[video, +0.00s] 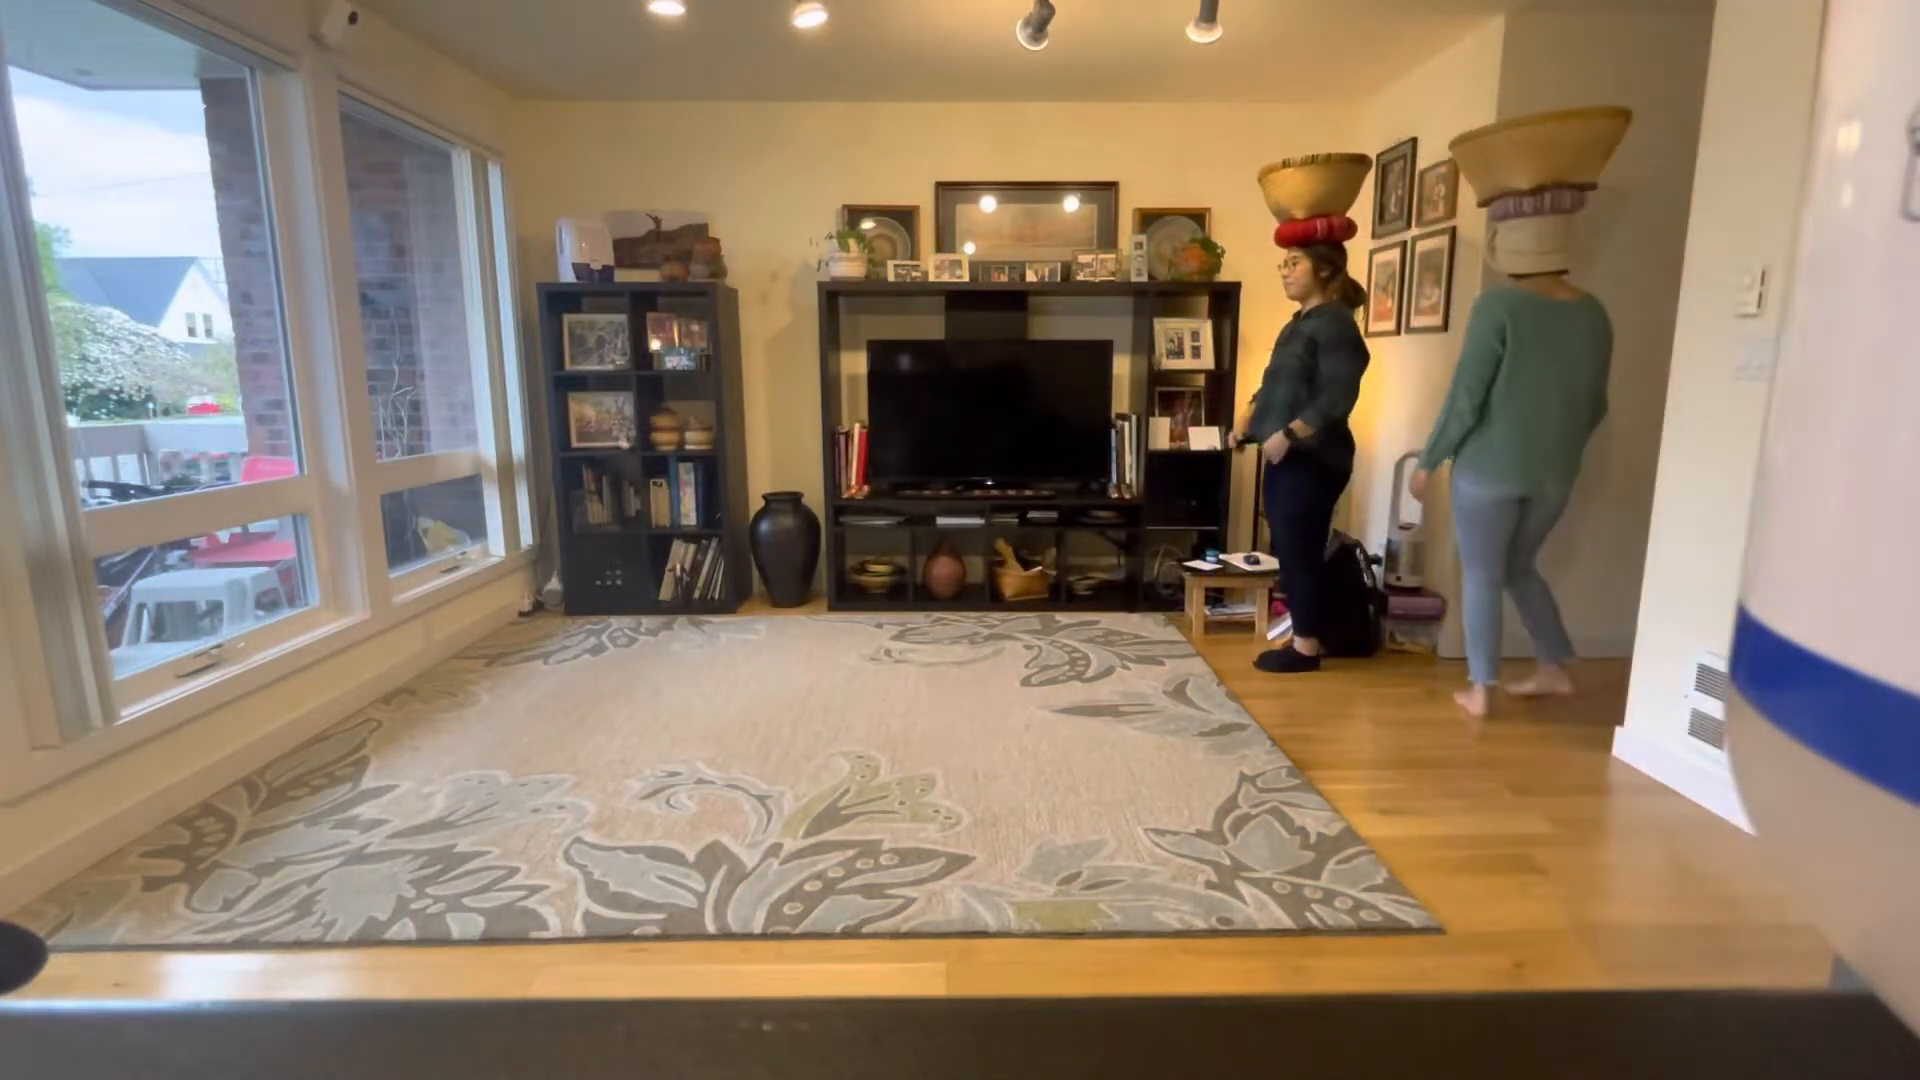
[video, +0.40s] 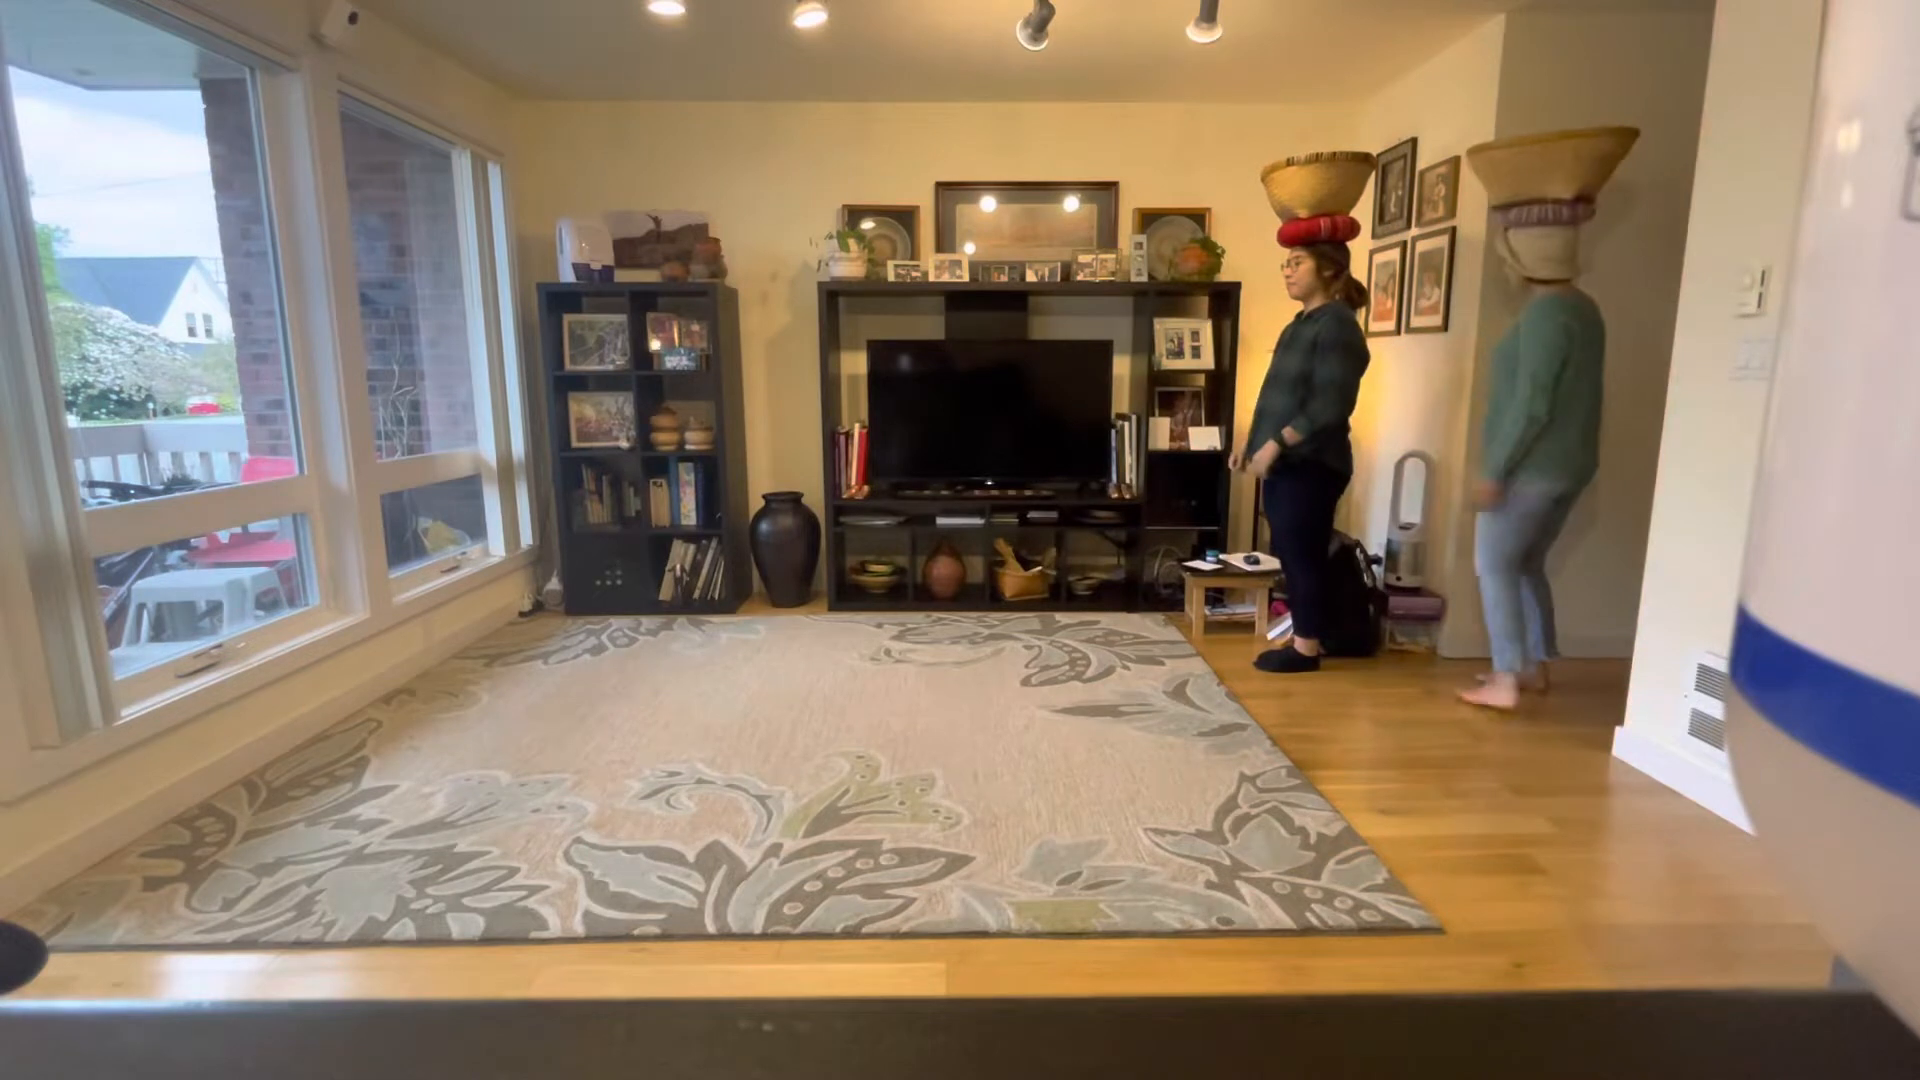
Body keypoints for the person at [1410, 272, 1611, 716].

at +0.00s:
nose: (1499, 261)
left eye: (1501, 253)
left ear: (1508, 258)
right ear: (1559, 256)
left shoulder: (1498, 305)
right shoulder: (1591, 312)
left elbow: (1467, 399)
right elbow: (1595, 404)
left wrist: (1427, 461)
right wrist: (1559, 448)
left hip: (1491, 463)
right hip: (1555, 468)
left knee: (1482, 575)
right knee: (1520, 567)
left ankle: (1480, 689)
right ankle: (1554, 667)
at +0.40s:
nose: (1508, 262)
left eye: (1511, 255)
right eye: (1511, 252)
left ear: (1523, 260)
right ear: (1566, 258)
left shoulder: (1546, 314)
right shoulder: (1583, 311)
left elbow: (1534, 405)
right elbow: (1578, 400)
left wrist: (1494, 472)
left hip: (1536, 468)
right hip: (1567, 467)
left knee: (1494, 564)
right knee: (1528, 564)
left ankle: (1506, 678)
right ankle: (1536, 664)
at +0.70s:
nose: (1513, 263)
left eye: (1520, 254)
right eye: (1514, 253)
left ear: (1547, 257)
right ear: (1552, 258)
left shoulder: (1579, 310)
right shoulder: (1562, 309)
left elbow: (1584, 395)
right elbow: (1565, 392)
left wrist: (1571, 470)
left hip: (1555, 459)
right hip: (1541, 454)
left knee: (1521, 562)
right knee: (1527, 562)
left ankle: (1544, 673)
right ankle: (1533, 663)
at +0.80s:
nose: (1519, 263)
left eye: (1527, 253)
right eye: (1520, 253)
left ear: (1555, 257)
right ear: (1554, 258)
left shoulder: (1591, 308)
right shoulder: (1563, 310)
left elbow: (1596, 391)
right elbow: (1560, 390)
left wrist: (1580, 468)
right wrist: (1527, 451)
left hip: (1565, 460)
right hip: (1540, 455)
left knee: (1534, 565)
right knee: (1528, 564)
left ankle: (1562, 675)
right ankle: (1534, 663)